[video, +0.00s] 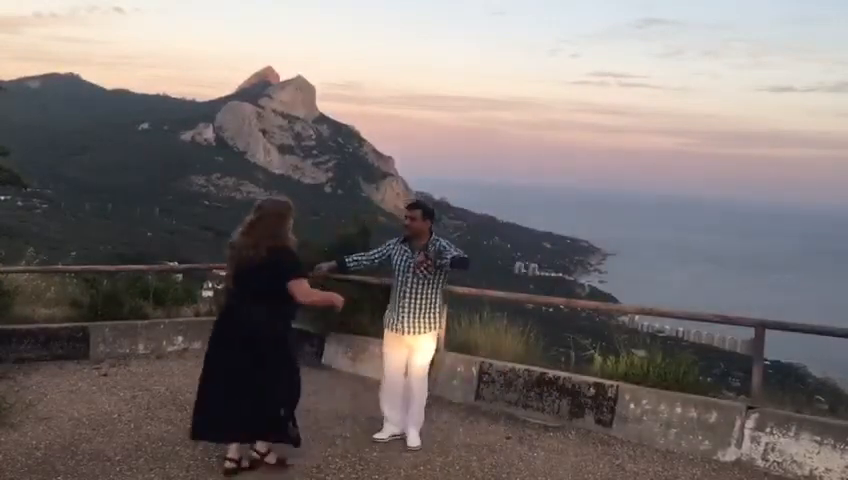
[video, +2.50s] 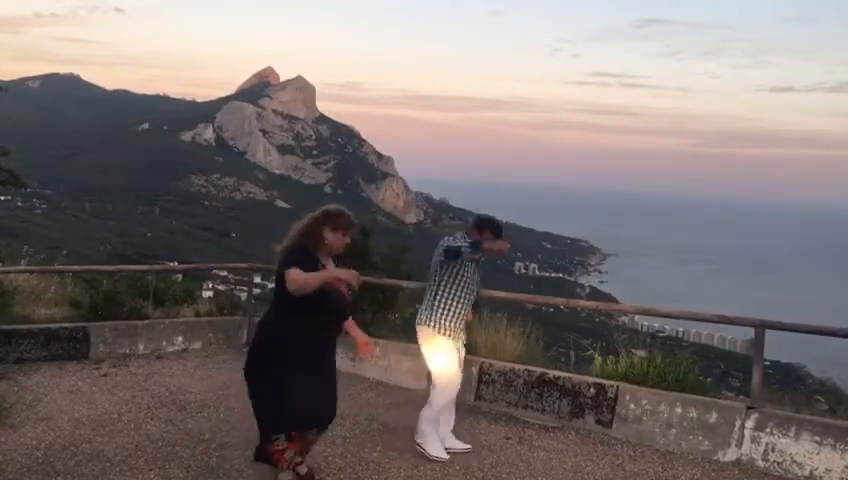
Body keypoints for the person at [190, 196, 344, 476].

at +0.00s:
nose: (292, 228)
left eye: (291, 222)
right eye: (290, 223)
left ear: (256, 220)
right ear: (282, 224)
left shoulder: (242, 251)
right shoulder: (282, 255)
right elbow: (302, 294)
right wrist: (331, 298)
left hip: (234, 333)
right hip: (267, 336)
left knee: (240, 390)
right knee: (273, 389)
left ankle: (233, 453)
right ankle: (262, 448)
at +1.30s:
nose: (317, 234)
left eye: (319, 229)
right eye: (317, 228)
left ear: (290, 219)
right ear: (305, 224)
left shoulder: (273, 245)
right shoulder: (287, 246)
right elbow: (299, 278)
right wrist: (342, 279)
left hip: (258, 334)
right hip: (278, 338)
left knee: (260, 392)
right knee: (285, 399)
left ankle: (250, 451)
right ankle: (272, 464)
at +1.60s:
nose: (326, 241)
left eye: (327, 235)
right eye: (324, 234)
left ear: (297, 227)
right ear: (310, 231)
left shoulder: (279, 252)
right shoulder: (293, 256)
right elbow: (307, 294)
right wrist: (341, 298)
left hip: (273, 341)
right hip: (285, 346)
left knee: (296, 401)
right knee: (294, 403)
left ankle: (283, 461)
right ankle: (275, 466)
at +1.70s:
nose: (329, 240)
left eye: (330, 235)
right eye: (327, 234)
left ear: (301, 226)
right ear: (314, 231)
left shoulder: (283, 252)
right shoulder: (301, 258)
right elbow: (309, 302)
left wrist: (325, 247)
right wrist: (349, 316)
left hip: (269, 343)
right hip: (289, 348)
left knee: (277, 404)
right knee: (305, 401)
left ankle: (274, 464)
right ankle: (285, 463)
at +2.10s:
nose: (341, 241)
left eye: (343, 236)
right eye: (339, 235)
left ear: (321, 230)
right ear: (325, 230)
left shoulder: (298, 254)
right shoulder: (309, 260)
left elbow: (300, 293)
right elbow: (306, 308)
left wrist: (332, 284)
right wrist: (330, 342)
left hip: (284, 340)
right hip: (301, 344)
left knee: (286, 400)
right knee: (313, 408)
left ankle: (277, 457)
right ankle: (286, 464)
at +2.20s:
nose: (344, 239)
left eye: (347, 234)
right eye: (343, 233)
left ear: (323, 228)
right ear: (328, 228)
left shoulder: (306, 254)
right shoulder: (309, 256)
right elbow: (305, 298)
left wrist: (339, 297)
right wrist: (338, 319)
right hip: (301, 343)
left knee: (279, 400)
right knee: (311, 401)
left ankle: (284, 463)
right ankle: (295, 462)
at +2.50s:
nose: (346, 242)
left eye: (348, 237)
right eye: (343, 235)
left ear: (330, 234)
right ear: (326, 230)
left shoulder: (329, 266)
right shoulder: (298, 253)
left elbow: (335, 309)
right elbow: (294, 284)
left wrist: (358, 335)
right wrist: (332, 274)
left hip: (316, 352)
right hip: (283, 350)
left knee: (322, 412)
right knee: (290, 412)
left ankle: (295, 460)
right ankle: (285, 468)